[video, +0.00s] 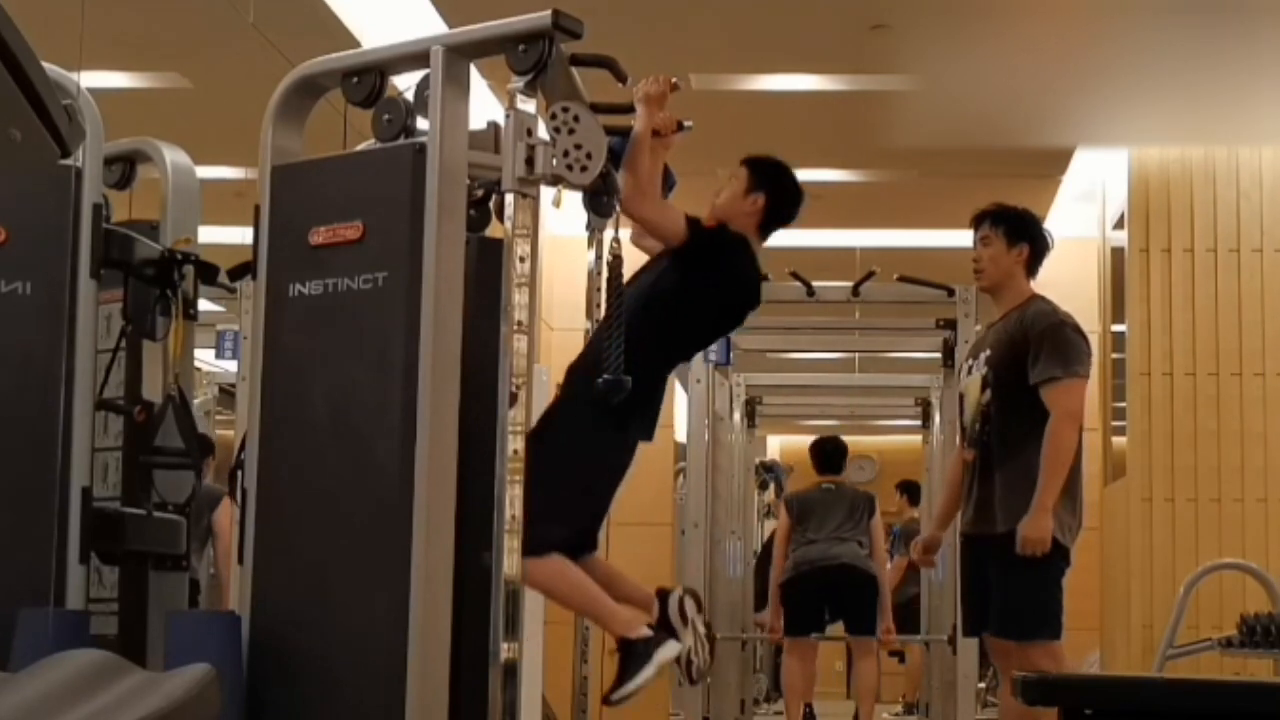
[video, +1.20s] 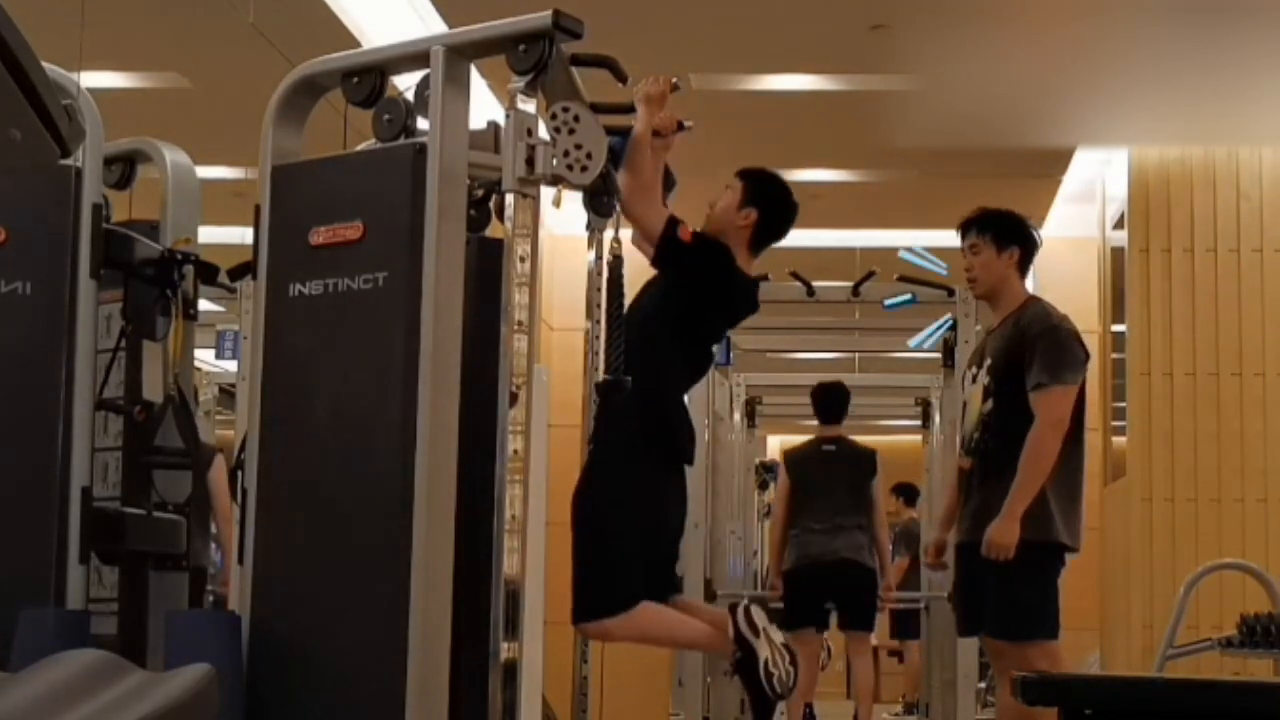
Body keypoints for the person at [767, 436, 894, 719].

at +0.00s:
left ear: (813, 464)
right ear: (846, 463)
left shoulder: (793, 501)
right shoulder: (866, 501)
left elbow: (778, 561)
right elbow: (880, 561)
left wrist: (774, 611)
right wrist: (886, 615)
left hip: (804, 583)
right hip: (857, 581)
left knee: (798, 653)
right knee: (865, 652)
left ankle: (795, 715)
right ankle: (865, 716)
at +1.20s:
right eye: (840, 406)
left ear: (814, 411)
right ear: (847, 411)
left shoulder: (792, 458)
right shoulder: (867, 458)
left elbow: (779, 519)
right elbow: (878, 522)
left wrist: (775, 569)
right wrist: (887, 571)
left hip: (805, 569)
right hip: (855, 568)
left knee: (805, 653)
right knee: (860, 650)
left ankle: (798, 715)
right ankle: (864, 714)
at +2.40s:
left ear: (812, 406)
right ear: (845, 405)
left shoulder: (791, 455)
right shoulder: (867, 454)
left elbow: (777, 515)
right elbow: (879, 517)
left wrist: (774, 565)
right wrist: (887, 566)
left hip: (806, 569)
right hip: (856, 567)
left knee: (803, 649)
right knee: (861, 648)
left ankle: (797, 715)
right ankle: (864, 714)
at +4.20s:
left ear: (815, 399)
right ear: (848, 398)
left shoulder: (794, 449)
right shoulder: (869, 449)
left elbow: (774, 512)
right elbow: (886, 513)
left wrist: (773, 563)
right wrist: (891, 566)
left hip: (808, 564)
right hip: (856, 563)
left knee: (806, 648)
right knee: (859, 650)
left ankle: (798, 715)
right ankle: (863, 715)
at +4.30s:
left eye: (818, 394)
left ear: (814, 398)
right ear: (847, 397)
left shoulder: (792, 447)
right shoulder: (869, 446)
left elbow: (771, 509)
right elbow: (887, 510)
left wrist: (772, 561)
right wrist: (891, 559)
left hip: (807, 567)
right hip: (857, 565)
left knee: (805, 650)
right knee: (859, 650)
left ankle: (797, 716)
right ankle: (864, 715)